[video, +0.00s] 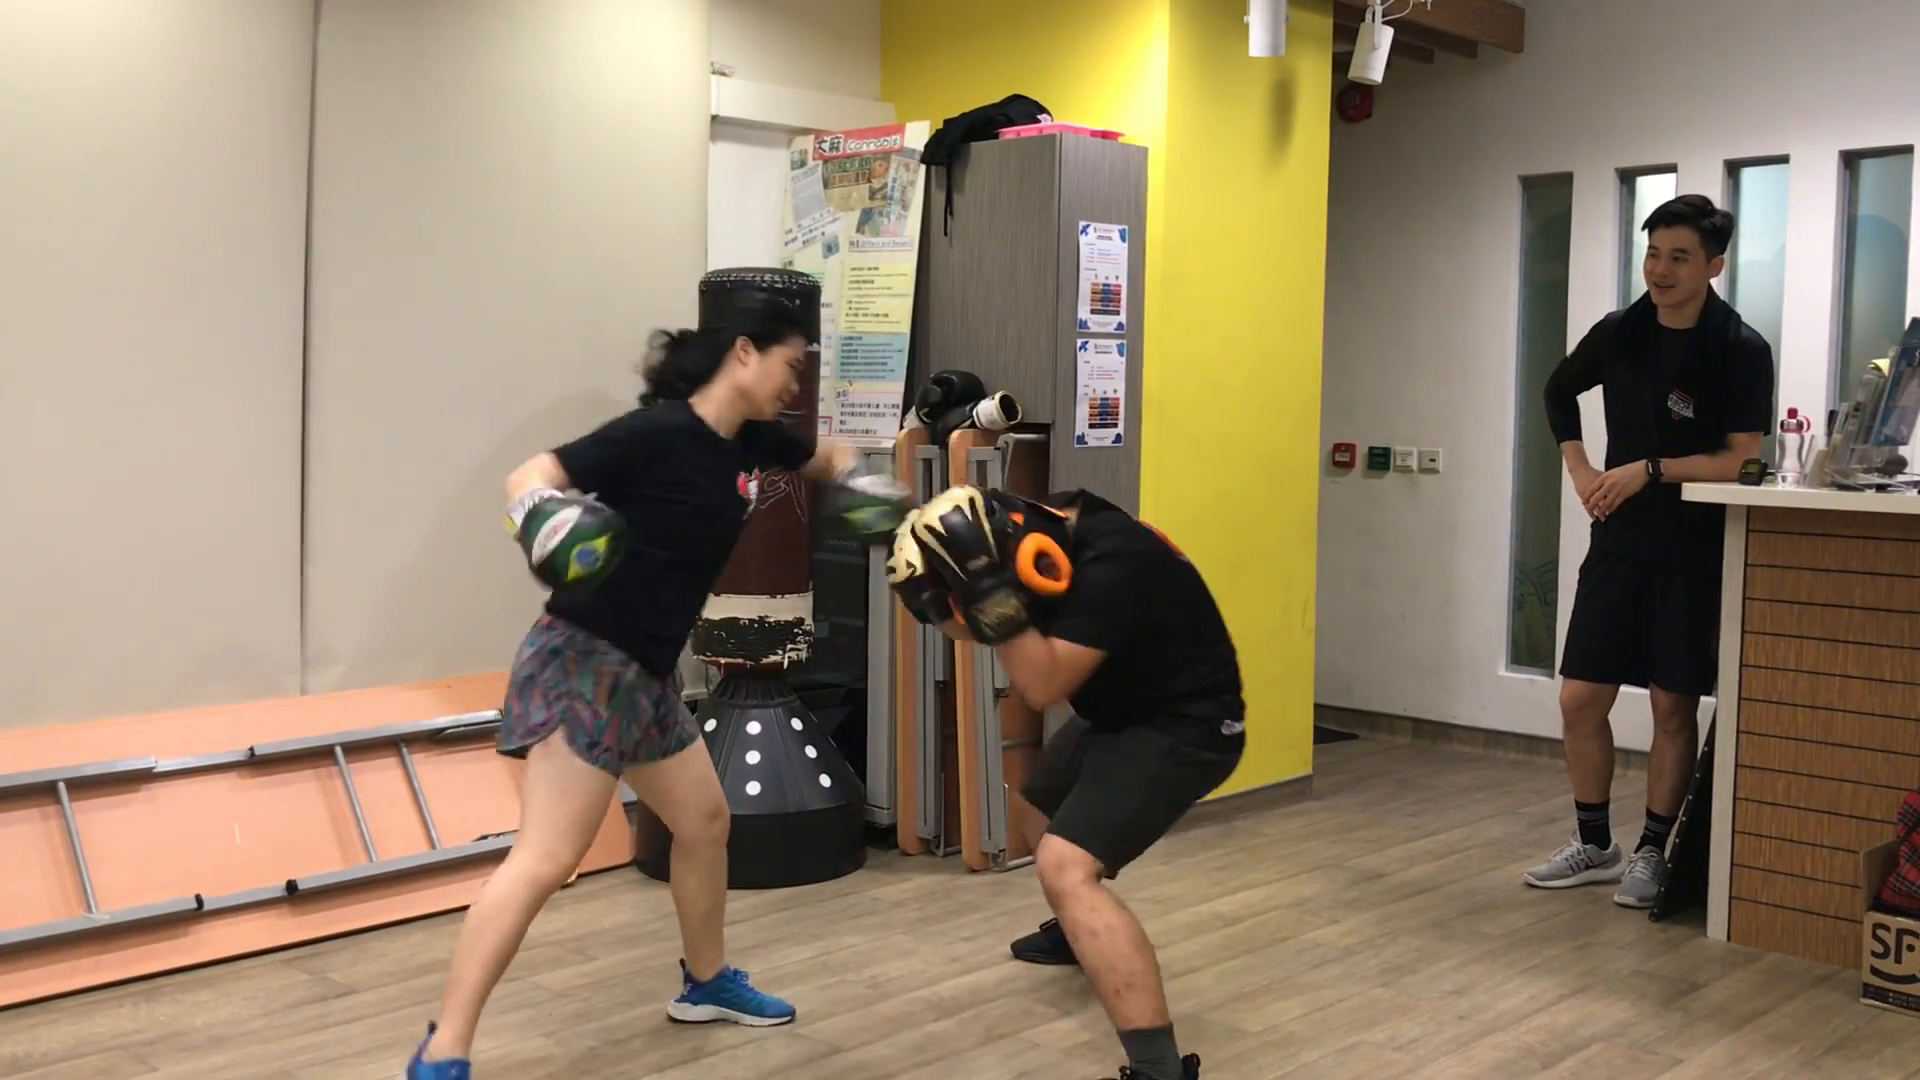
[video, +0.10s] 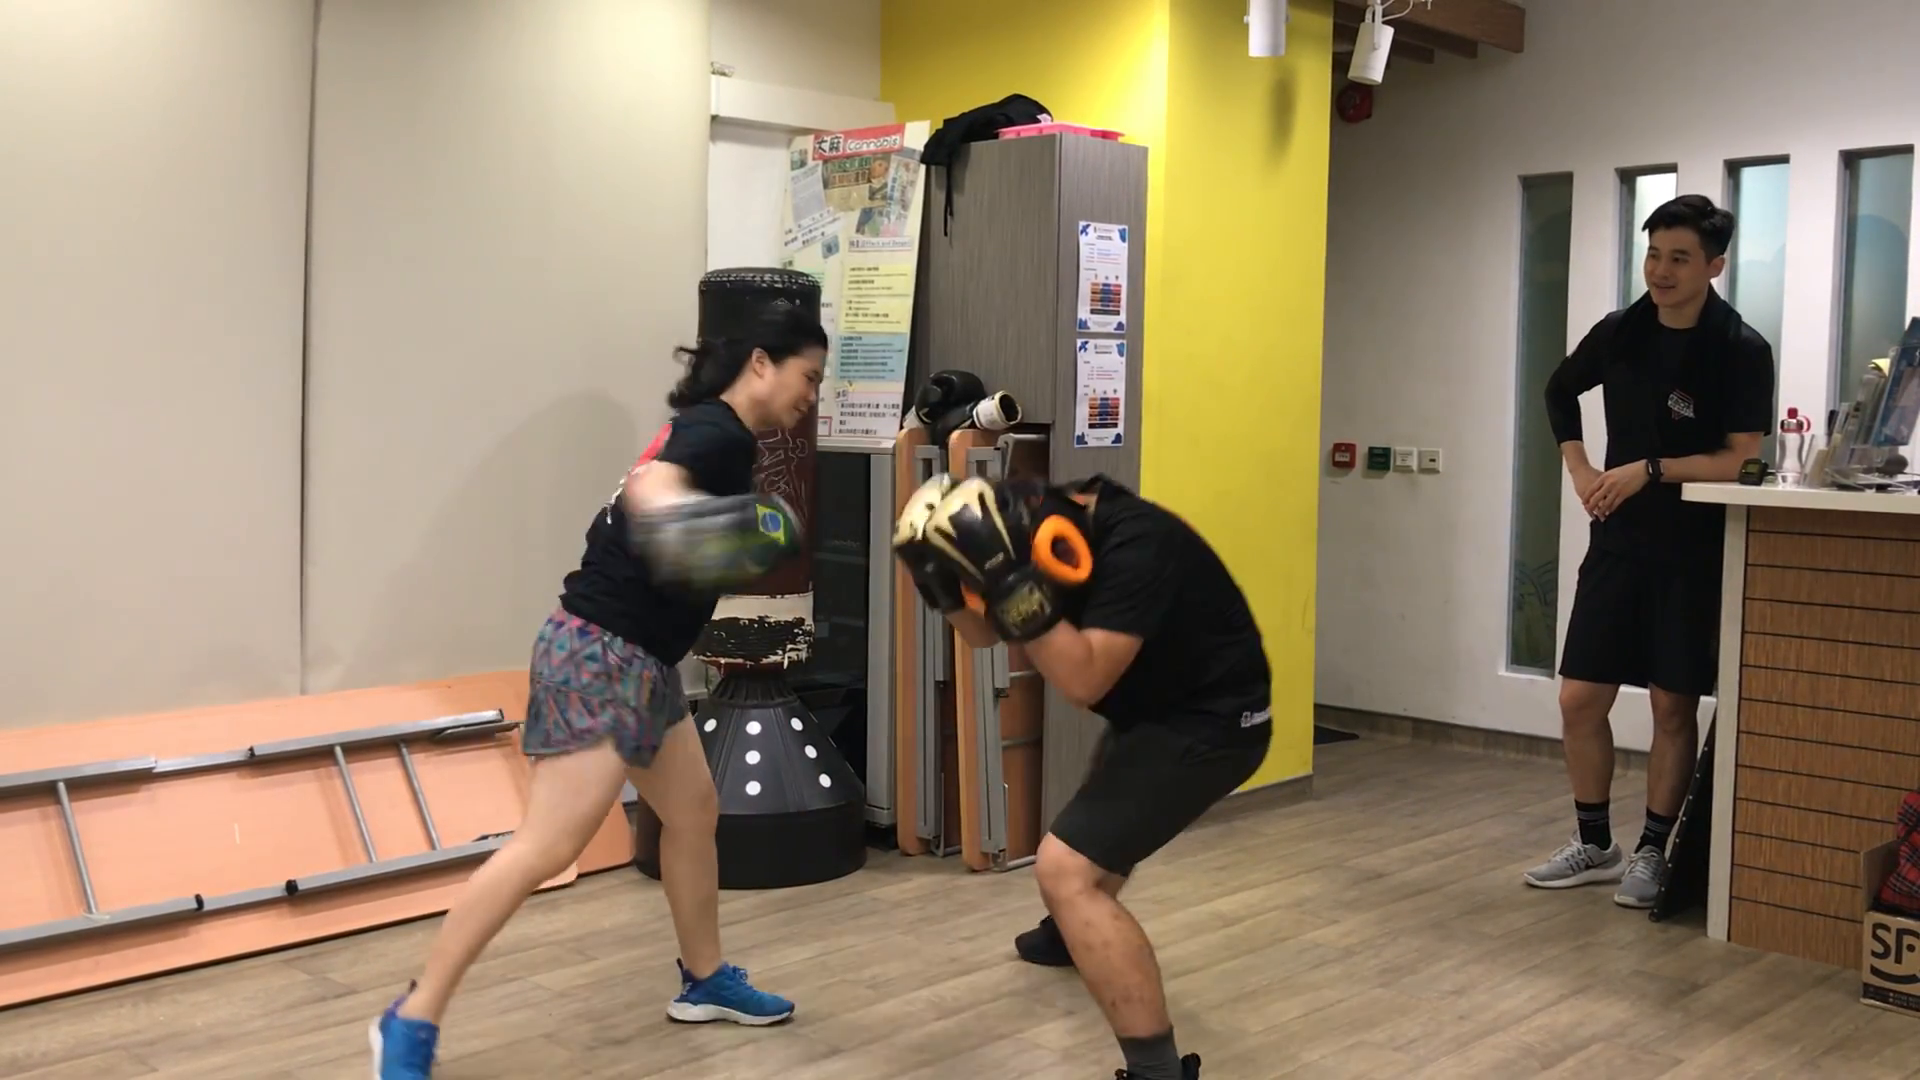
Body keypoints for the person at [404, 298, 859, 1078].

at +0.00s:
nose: (800, 384)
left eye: (804, 369)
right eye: (794, 365)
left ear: (749, 360)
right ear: (743, 355)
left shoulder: (750, 438)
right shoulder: (656, 433)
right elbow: (527, 477)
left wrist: (861, 473)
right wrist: (548, 515)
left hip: (646, 673)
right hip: (583, 660)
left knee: (705, 823)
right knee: (546, 858)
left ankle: (705, 981)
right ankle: (443, 1054)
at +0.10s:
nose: (813, 394)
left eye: (818, 379)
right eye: (808, 377)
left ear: (761, 367)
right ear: (761, 365)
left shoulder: (727, 442)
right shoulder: (710, 430)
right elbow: (649, 491)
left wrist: (749, 536)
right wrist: (711, 530)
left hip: (641, 659)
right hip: (598, 653)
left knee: (693, 807)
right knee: (548, 842)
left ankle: (705, 978)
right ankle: (415, 1015)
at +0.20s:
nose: (804, 413)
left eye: (811, 399)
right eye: (801, 393)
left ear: (750, 376)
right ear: (754, 370)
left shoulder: (692, 422)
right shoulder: (721, 427)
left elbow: (670, 530)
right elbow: (780, 497)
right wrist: (880, 504)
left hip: (647, 657)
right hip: (588, 648)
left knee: (689, 811)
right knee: (536, 834)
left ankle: (704, 978)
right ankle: (407, 985)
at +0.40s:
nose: (750, 395)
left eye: (757, 382)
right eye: (744, 376)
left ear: (703, 361)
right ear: (697, 351)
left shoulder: (667, 405)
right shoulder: (659, 407)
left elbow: (689, 490)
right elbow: (736, 507)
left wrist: (746, 456)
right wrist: (790, 469)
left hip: (638, 641)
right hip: (567, 640)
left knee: (673, 810)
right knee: (559, 834)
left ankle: (700, 977)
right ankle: (496, 961)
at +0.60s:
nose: (685, 391)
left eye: (694, 379)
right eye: (682, 375)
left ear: (645, 364)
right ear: (642, 359)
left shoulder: (627, 428)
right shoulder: (578, 424)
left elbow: (657, 521)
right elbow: (651, 528)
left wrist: (705, 456)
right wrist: (680, 445)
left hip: (625, 654)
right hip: (548, 661)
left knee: (701, 803)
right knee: (542, 842)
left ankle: (707, 975)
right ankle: (490, 972)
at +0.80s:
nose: (712, 357)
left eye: (724, 344)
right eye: (701, 339)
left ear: (728, 345)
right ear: (652, 324)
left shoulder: (698, 400)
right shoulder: (583, 385)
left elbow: (709, 502)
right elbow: (564, 486)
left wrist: (749, 431)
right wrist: (633, 399)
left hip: (659, 630)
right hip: (567, 629)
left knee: (671, 815)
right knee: (550, 832)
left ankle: (681, 981)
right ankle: (515, 956)